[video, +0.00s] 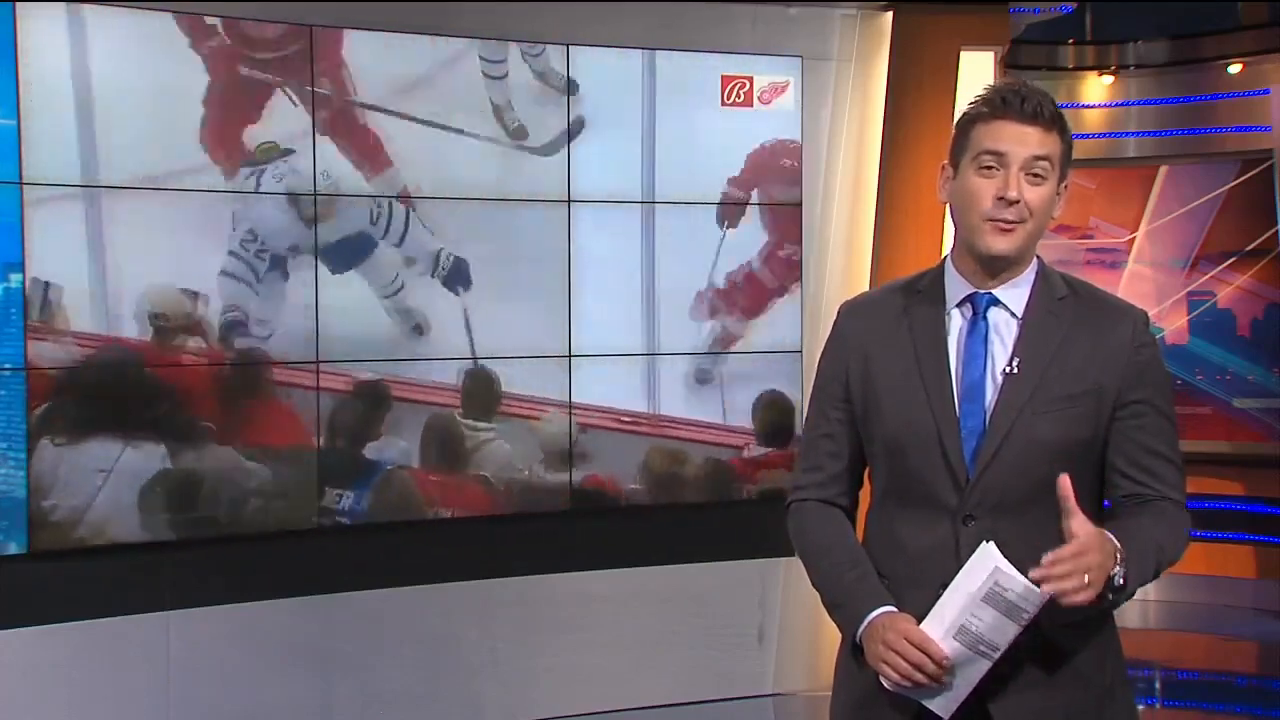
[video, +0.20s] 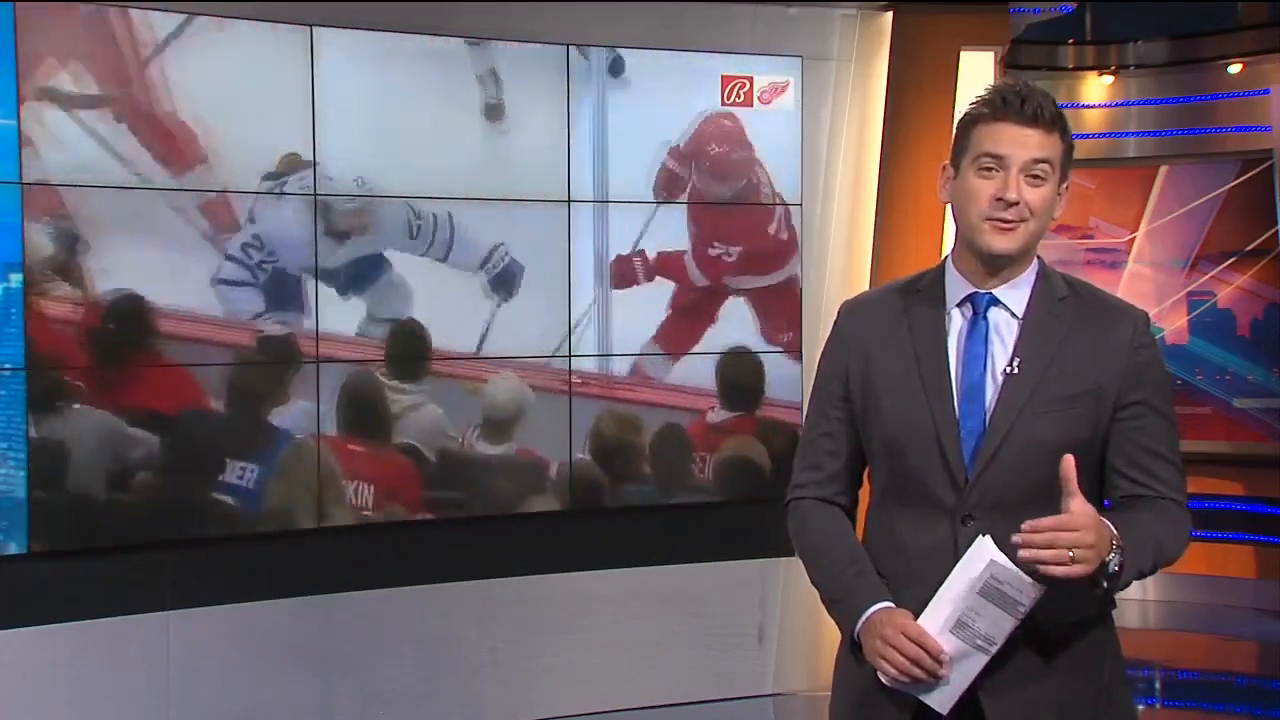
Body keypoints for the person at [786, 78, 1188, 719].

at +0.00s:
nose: (1010, 192)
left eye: (1035, 174)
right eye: (989, 167)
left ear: (1058, 197)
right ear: (949, 183)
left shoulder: (1119, 337)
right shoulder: (865, 327)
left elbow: (1158, 508)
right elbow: (817, 499)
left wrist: (1113, 554)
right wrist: (869, 617)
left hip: (1057, 692)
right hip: (891, 687)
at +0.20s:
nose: (1010, 193)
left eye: (1035, 175)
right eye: (990, 168)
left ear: (1059, 197)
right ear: (950, 184)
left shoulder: (1119, 336)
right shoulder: (865, 326)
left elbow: (1160, 509)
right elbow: (815, 497)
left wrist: (1111, 542)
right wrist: (868, 613)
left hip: (1056, 689)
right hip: (890, 686)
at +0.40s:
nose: (1008, 190)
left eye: (1034, 173)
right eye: (988, 166)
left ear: (1059, 196)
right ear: (949, 183)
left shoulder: (1118, 338)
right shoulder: (864, 326)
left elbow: (1158, 510)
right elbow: (815, 497)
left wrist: (1113, 558)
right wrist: (870, 611)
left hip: (1054, 693)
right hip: (889, 689)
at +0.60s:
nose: (1006, 190)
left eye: (1032, 173)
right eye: (986, 165)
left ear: (1058, 196)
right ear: (948, 182)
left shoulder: (1118, 337)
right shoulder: (864, 327)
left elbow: (1157, 510)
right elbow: (816, 498)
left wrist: (1112, 564)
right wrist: (869, 611)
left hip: (1055, 692)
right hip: (890, 688)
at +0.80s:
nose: (1006, 190)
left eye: (1031, 172)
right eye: (985, 165)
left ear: (1057, 196)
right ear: (948, 183)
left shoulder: (1118, 337)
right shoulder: (864, 327)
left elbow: (1156, 509)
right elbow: (816, 497)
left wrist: (1114, 563)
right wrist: (869, 612)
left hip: (1055, 693)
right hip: (890, 689)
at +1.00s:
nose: (1006, 188)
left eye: (1032, 172)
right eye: (986, 164)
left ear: (1058, 196)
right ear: (947, 183)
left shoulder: (1119, 338)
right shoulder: (865, 327)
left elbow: (1163, 515)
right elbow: (816, 497)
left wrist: (1109, 531)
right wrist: (869, 610)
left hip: (1053, 690)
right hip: (889, 687)